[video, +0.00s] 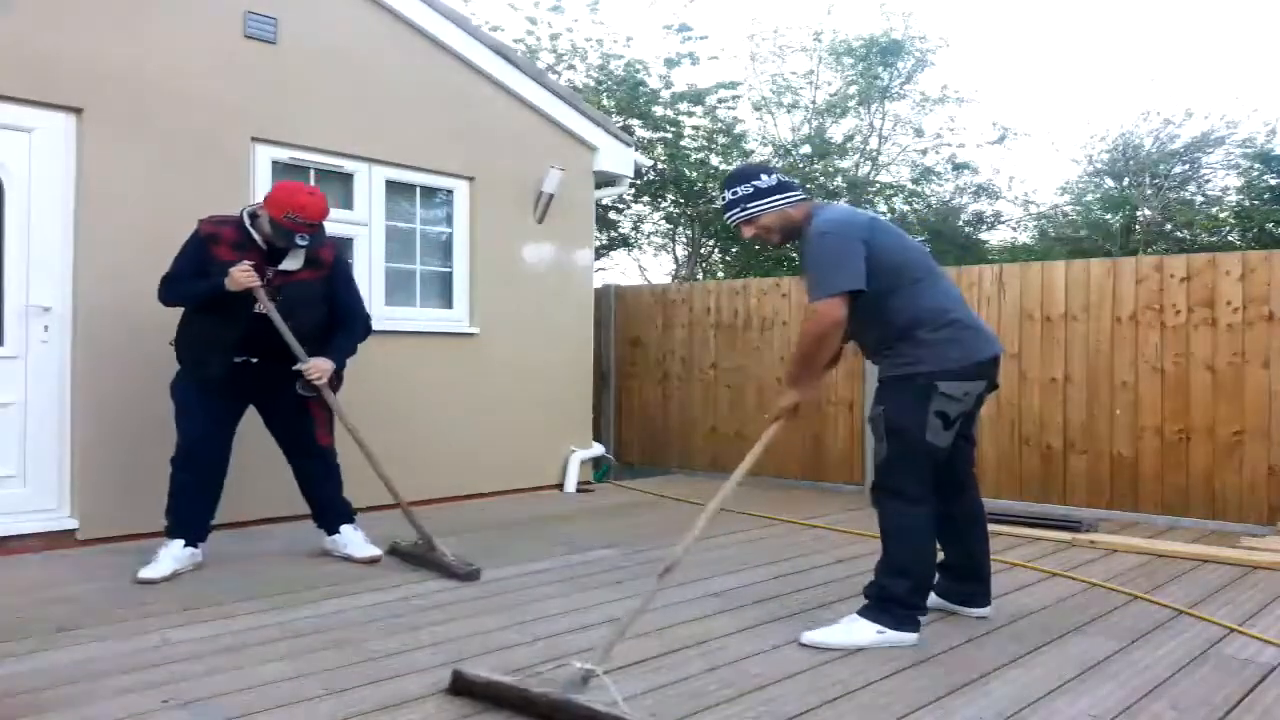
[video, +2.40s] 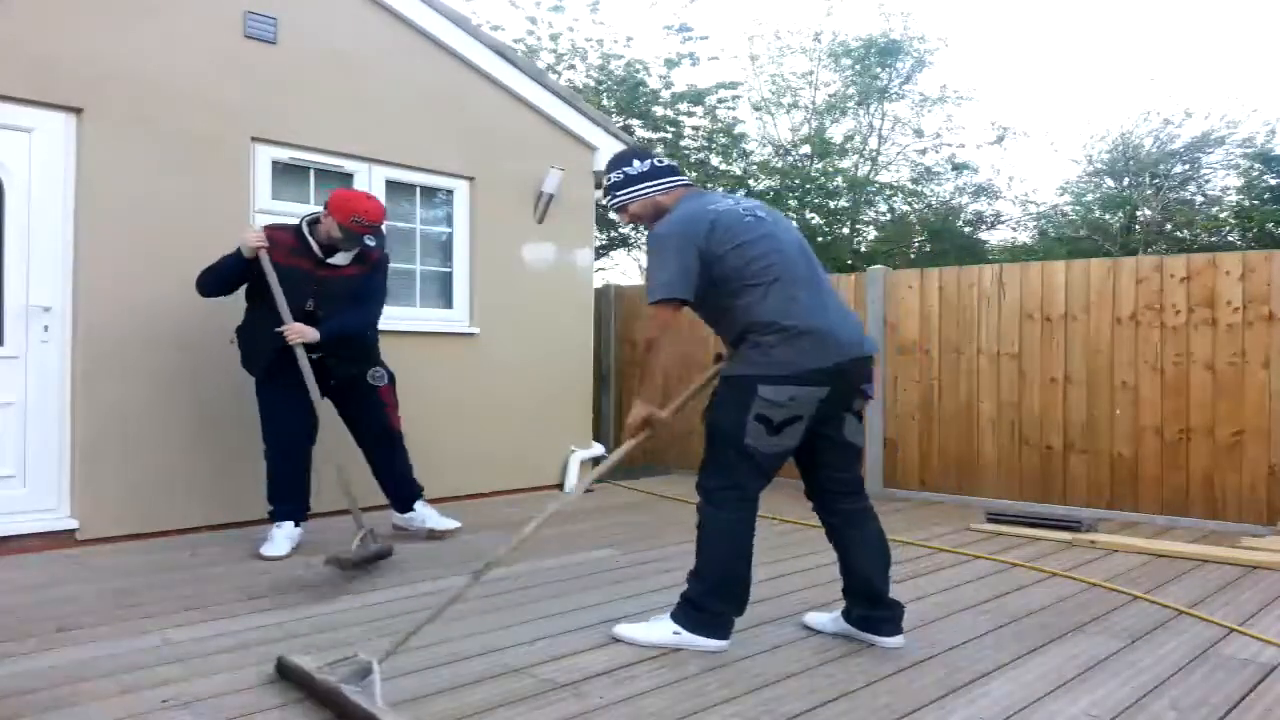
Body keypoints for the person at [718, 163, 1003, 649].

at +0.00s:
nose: (751, 235)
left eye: (749, 222)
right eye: (743, 229)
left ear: (773, 203)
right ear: (779, 202)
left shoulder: (828, 229)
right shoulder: (843, 223)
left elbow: (828, 318)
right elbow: (849, 326)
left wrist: (797, 382)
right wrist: (804, 383)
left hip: (926, 365)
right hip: (962, 358)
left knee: (901, 487)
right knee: (951, 480)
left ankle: (892, 614)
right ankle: (966, 590)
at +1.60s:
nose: (727, 197)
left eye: (727, 184)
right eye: (720, 188)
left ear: (753, 166)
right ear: (774, 161)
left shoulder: (784, 203)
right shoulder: (833, 190)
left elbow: (765, 289)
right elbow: (870, 267)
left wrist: (728, 357)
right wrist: (807, 305)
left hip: (881, 363)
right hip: (922, 356)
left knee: (871, 498)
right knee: (890, 493)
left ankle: (859, 636)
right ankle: (896, 615)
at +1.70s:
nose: (736, 193)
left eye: (735, 180)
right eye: (730, 185)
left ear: (761, 159)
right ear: (780, 155)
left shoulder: (783, 203)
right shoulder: (853, 186)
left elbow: (760, 305)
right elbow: (877, 263)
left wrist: (753, 362)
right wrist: (827, 307)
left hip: (865, 364)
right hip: (913, 356)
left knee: (858, 498)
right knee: (876, 492)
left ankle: (861, 637)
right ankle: (871, 613)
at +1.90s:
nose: (735, 192)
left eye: (735, 178)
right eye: (728, 183)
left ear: (764, 162)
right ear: (785, 159)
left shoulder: (775, 210)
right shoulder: (862, 188)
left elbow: (764, 313)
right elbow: (909, 224)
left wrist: (773, 362)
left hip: (843, 363)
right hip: (907, 357)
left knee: (784, 483)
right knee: (866, 485)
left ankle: (842, 622)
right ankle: (883, 617)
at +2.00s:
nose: (722, 198)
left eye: (722, 185)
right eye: (717, 189)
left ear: (751, 169)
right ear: (774, 166)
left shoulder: (762, 216)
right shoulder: (847, 190)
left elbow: (758, 316)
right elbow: (907, 228)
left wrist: (763, 371)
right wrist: (862, 294)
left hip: (833, 361)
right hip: (902, 356)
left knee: (767, 476)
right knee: (864, 483)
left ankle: (791, 623)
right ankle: (878, 616)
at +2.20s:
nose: (683, 214)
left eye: (682, 202)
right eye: (677, 207)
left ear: (705, 184)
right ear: (728, 178)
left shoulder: (722, 223)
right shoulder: (811, 200)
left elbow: (713, 324)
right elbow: (866, 267)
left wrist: (712, 389)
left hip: (814, 361)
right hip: (884, 356)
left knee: (761, 487)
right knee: (860, 488)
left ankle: (712, 617)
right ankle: (878, 616)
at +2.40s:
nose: (630, 222)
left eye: (627, 210)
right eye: (623, 214)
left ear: (647, 190)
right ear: (667, 183)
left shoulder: (677, 225)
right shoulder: (742, 205)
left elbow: (662, 329)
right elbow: (784, 282)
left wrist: (648, 401)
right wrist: (743, 341)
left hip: (778, 361)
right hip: (845, 354)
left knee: (726, 489)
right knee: (840, 491)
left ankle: (704, 620)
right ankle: (874, 616)